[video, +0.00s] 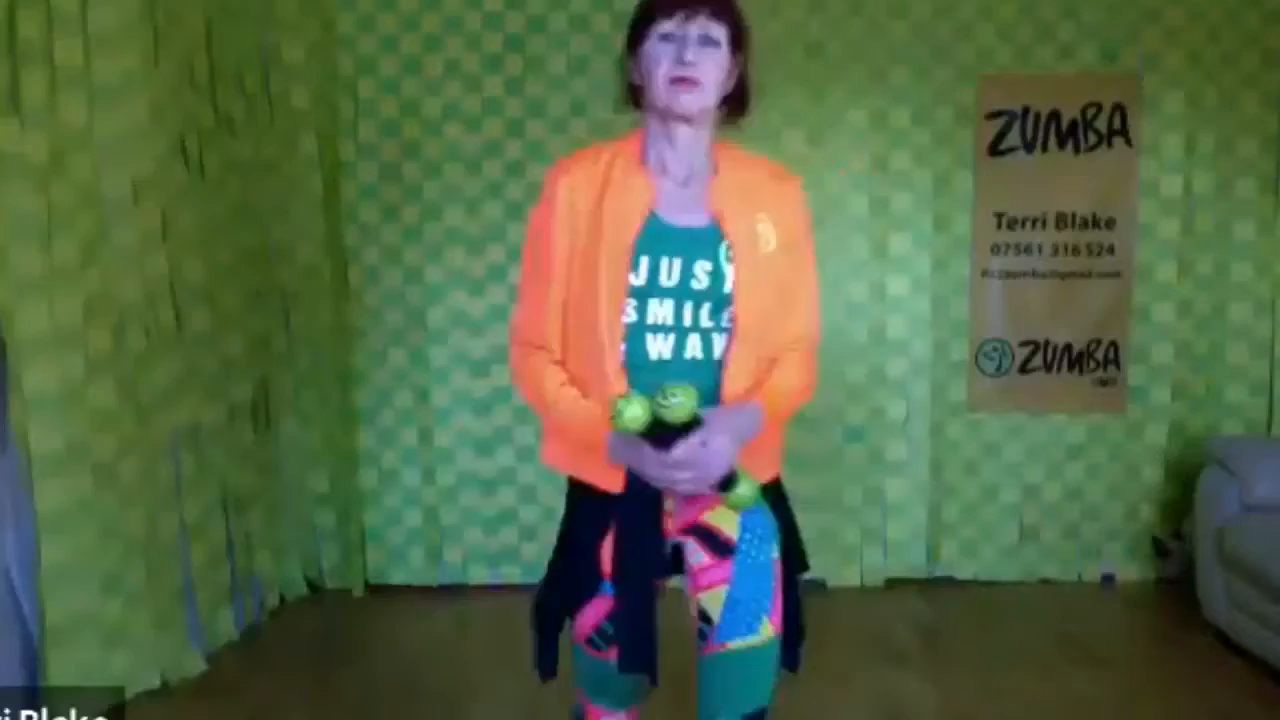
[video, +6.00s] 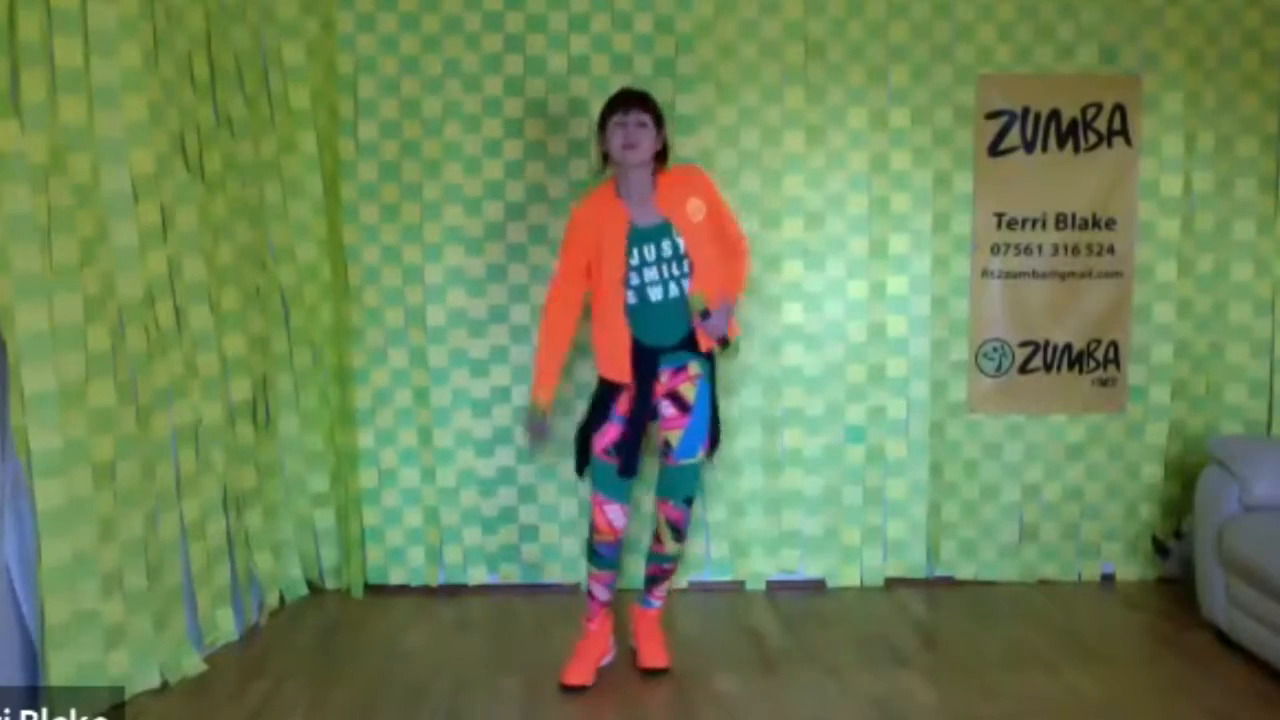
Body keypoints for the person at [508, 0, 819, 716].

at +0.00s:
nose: (685, 55)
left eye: (707, 42)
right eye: (667, 39)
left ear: (734, 70)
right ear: (636, 64)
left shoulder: (774, 194)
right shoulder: (575, 186)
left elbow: (796, 356)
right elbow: (533, 356)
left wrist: (738, 426)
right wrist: (626, 449)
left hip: (737, 499)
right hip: (612, 501)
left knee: (738, 707)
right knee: (607, 705)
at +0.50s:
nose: (604, 84)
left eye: (622, 72)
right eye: (589, 71)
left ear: (647, 92)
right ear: (570, 92)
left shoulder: (689, 178)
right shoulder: (548, 195)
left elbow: (759, 288)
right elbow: (536, 315)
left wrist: (770, 405)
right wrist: (533, 374)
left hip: (667, 430)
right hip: (574, 429)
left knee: (644, 641)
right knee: (585, 627)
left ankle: (686, 688)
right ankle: (583, 717)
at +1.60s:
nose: (647, 133)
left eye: (659, 122)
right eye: (635, 121)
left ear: (676, 135)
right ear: (615, 134)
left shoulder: (704, 202)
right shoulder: (595, 213)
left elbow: (750, 281)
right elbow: (581, 294)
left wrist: (750, 370)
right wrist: (585, 335)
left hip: (681, 389)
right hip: (612, 388)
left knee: (675, 540)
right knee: (613, 537)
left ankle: (684, 633)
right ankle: (606, 665)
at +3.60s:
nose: (641, 137)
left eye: (653, 127)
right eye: (631, 126)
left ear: (672, 138)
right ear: (615, 135)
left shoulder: (698, 197)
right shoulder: (599, 205)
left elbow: (738, 276)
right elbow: (585, 275)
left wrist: (737, 350)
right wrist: (588, 306)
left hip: (678, 368)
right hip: (616, 368)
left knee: (664, 512)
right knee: (625, 504)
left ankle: (680, 613)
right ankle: (626, 620)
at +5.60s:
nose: (628, 127)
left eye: (638, 119)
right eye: (616, 120)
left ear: (655, 134)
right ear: (599, 136)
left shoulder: (685, 201)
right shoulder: (577, 207)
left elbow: (709, 274)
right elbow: (554, 288)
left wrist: (706, 336)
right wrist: (570, 299)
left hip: (661, 368)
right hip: (597, 367)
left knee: (652, 507)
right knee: (602, 503)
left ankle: (650, 613)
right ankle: (602, 617)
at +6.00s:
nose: (630, 135)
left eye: (641, 126)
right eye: (619, 127)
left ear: (660, 138)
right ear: (604, 142)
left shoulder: (692, 186)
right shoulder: (591, 213)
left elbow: (733, 249)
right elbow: (563, 303)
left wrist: (725, 305)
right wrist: (542, 394)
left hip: (689, 364)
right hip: (622, 370)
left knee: (677, 500)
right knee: (607, 501)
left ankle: (649, 615)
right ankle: (597, 625)